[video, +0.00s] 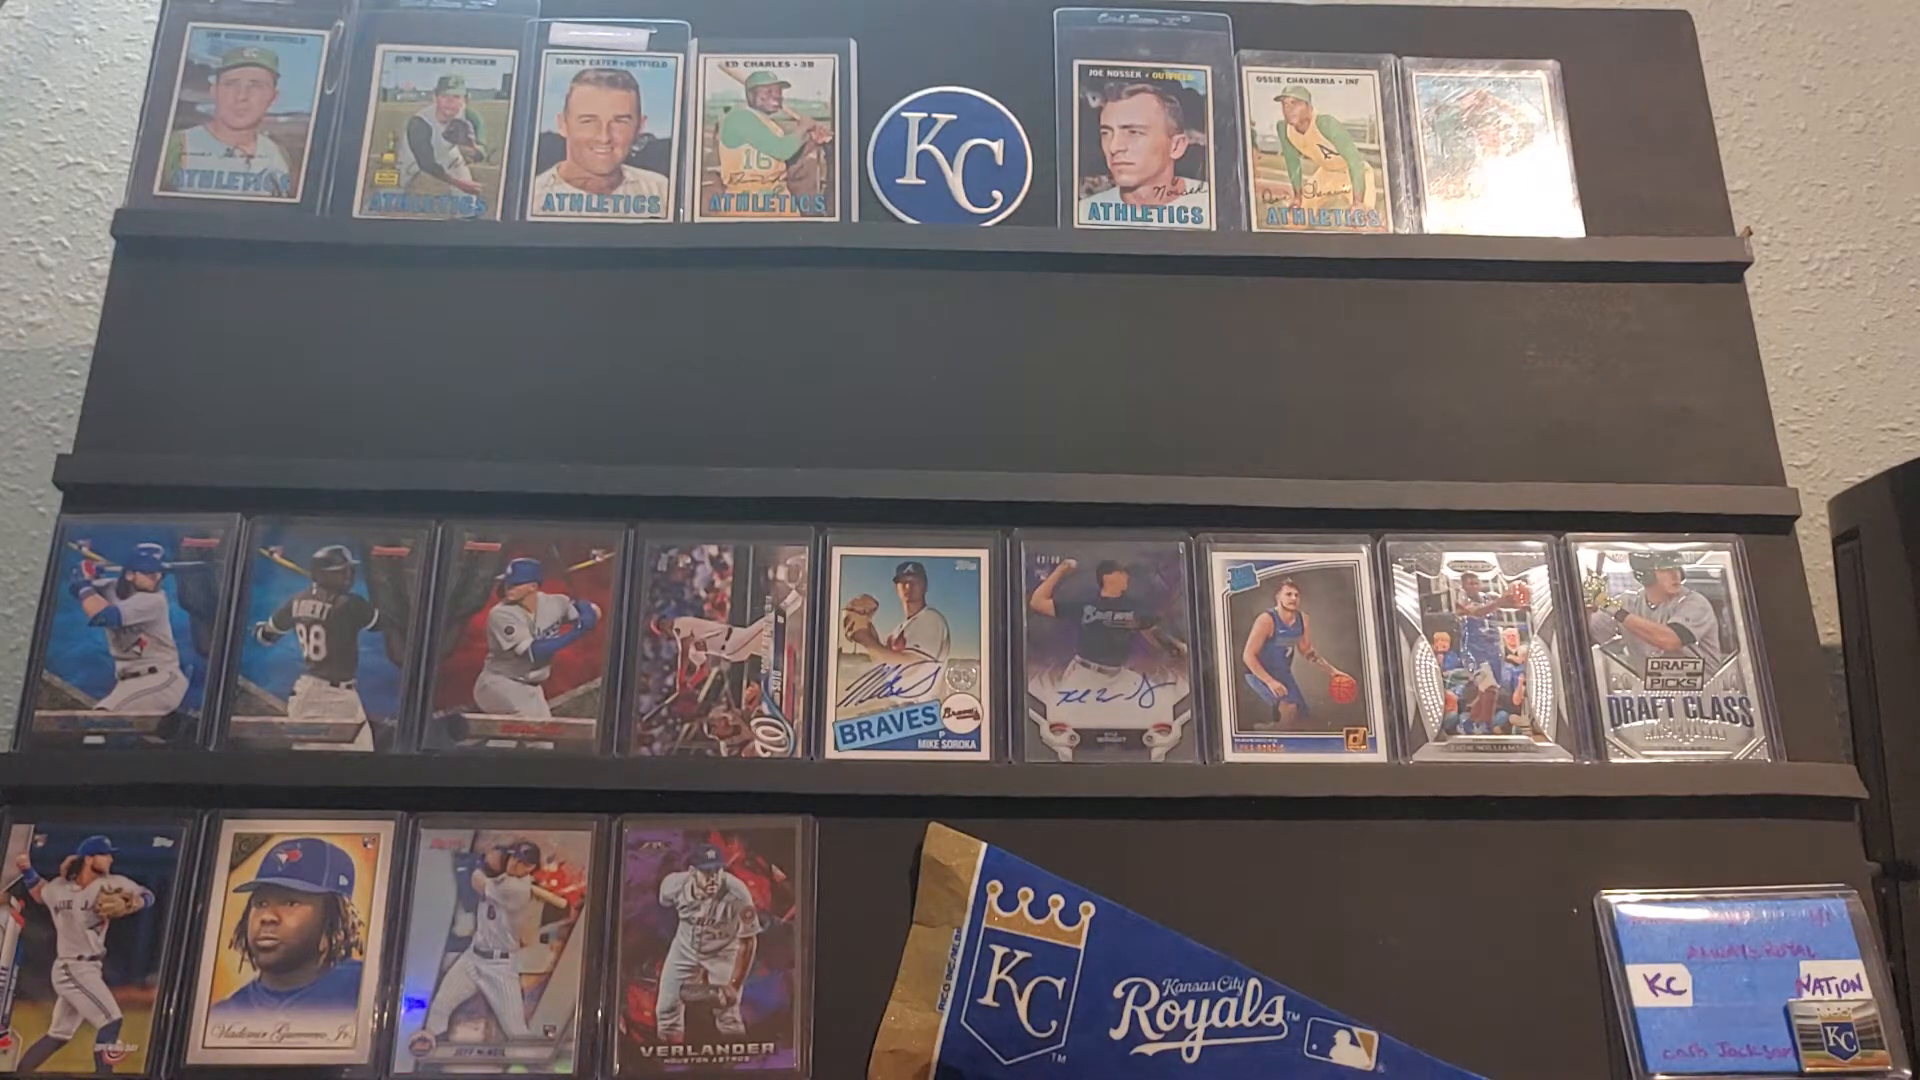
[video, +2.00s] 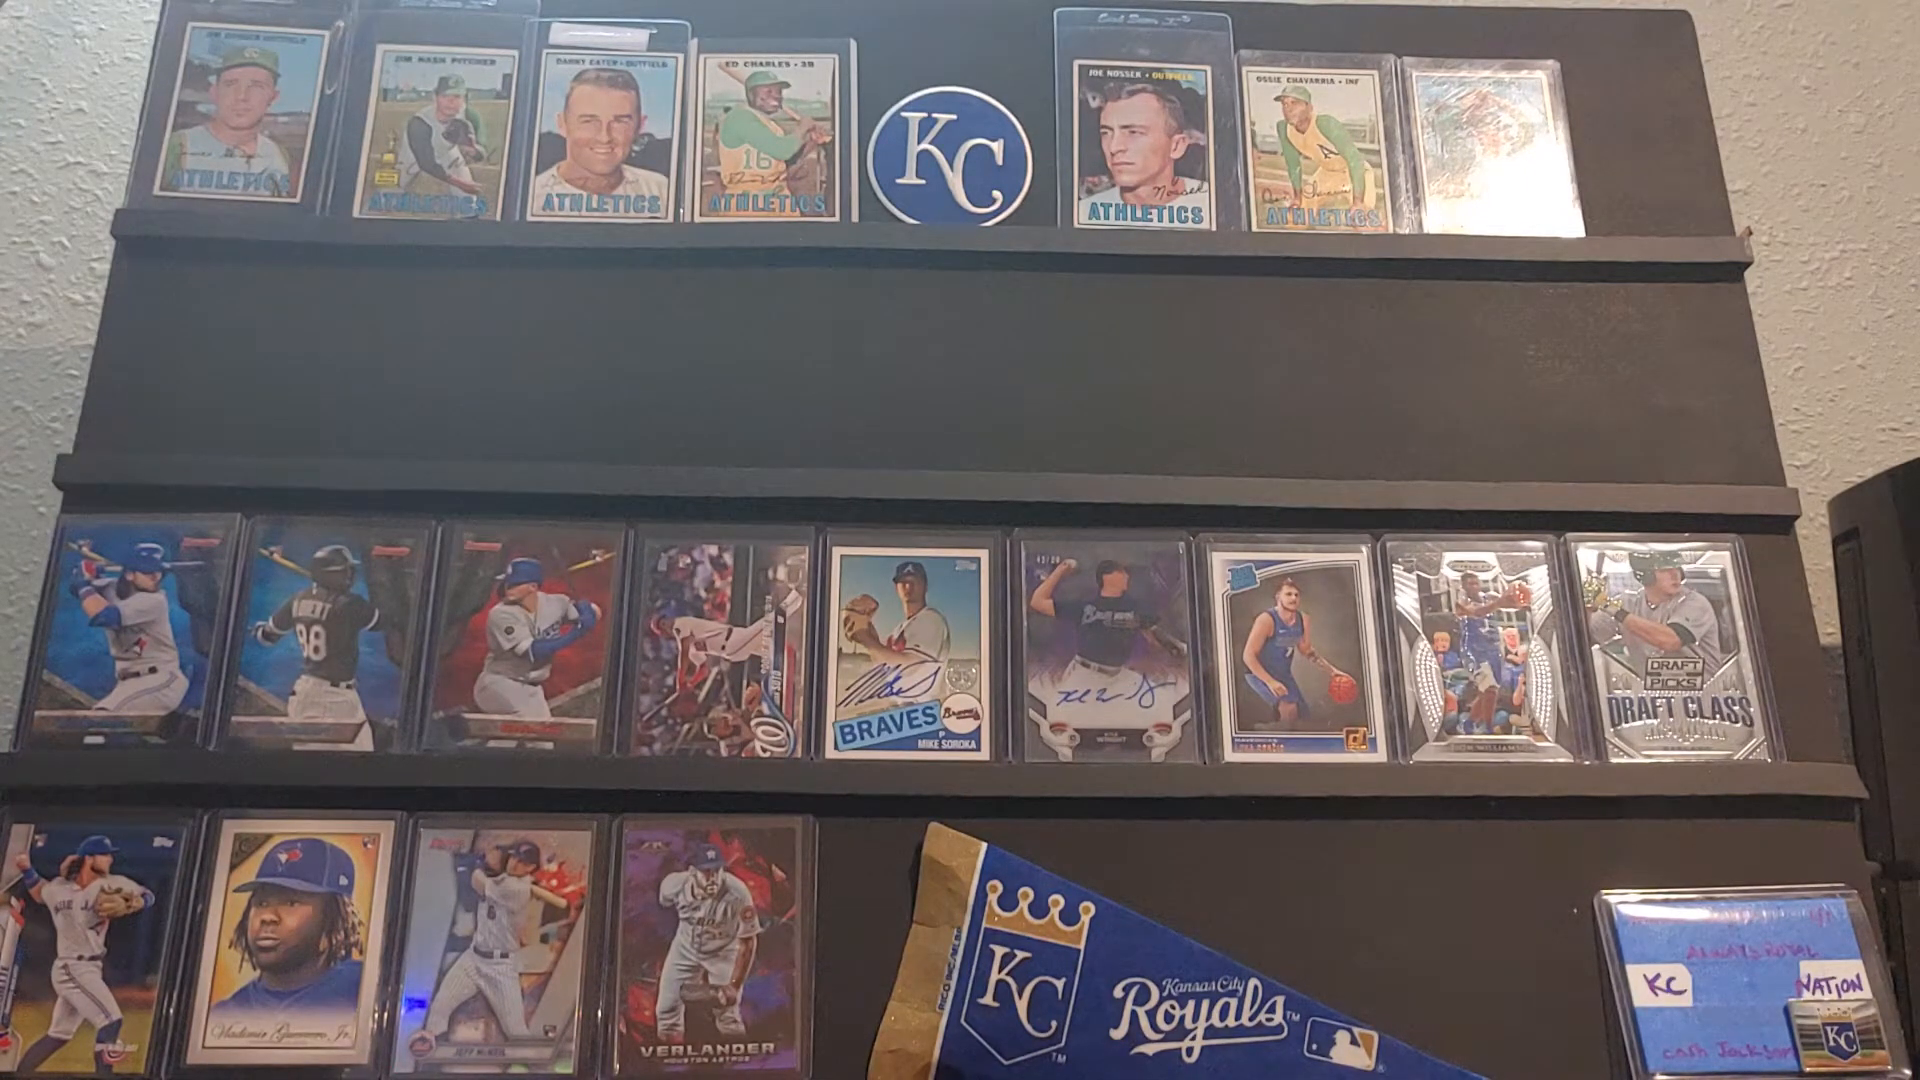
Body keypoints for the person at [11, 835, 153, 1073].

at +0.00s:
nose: (110, 859)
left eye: (110, 855)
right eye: (105, 855)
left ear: (96, 861)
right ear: (89, 859)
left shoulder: (111, 884)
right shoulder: (58, 888)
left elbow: (149, 896)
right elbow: (39, 892)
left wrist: (131, 904)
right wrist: (27, 869)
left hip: (90, 969)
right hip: (71, 969)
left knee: (58, 1035)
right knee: (111, 1020)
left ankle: (19, 1073)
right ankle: (104, 1074)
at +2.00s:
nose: (110, 860)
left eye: (110, 855)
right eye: (105, 855)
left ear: (96, 861)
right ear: (89, 859)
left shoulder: (109, 885)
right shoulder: (58, 888)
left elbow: (149, 895)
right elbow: (39, 892)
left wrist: (135, 903)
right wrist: (27, 870)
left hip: (90, 969)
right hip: (71, 969)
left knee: (58, 1035)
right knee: (111, 1020)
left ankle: (19, 1073)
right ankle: (104, 1074)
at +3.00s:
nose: (110, 860)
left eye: (110, 855)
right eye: (105, 855)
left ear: (95, 861)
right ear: (89, 859)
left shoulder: (111, 884)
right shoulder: (58, 888)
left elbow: (149, 896)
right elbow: (39, 892)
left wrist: (134, 904)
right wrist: (27, 870)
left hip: (91, 968)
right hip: (71, 968)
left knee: (58, 1035)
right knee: (111, 1020)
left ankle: (19, 1073)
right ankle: (104, 1074)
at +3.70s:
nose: (110, 859)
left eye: (110, 855)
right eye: (105, 855)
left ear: (94, 861)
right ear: (89, 860)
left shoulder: (112, 884)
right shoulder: (58, 889)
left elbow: (148, 896)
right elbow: (39, 891)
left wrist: (134, 904)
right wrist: (27, 869)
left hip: (90, 968)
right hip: (71, 968)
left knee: (58, 1035)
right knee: (111, 1020)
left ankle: (19, 1073)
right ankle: (104, 1074)